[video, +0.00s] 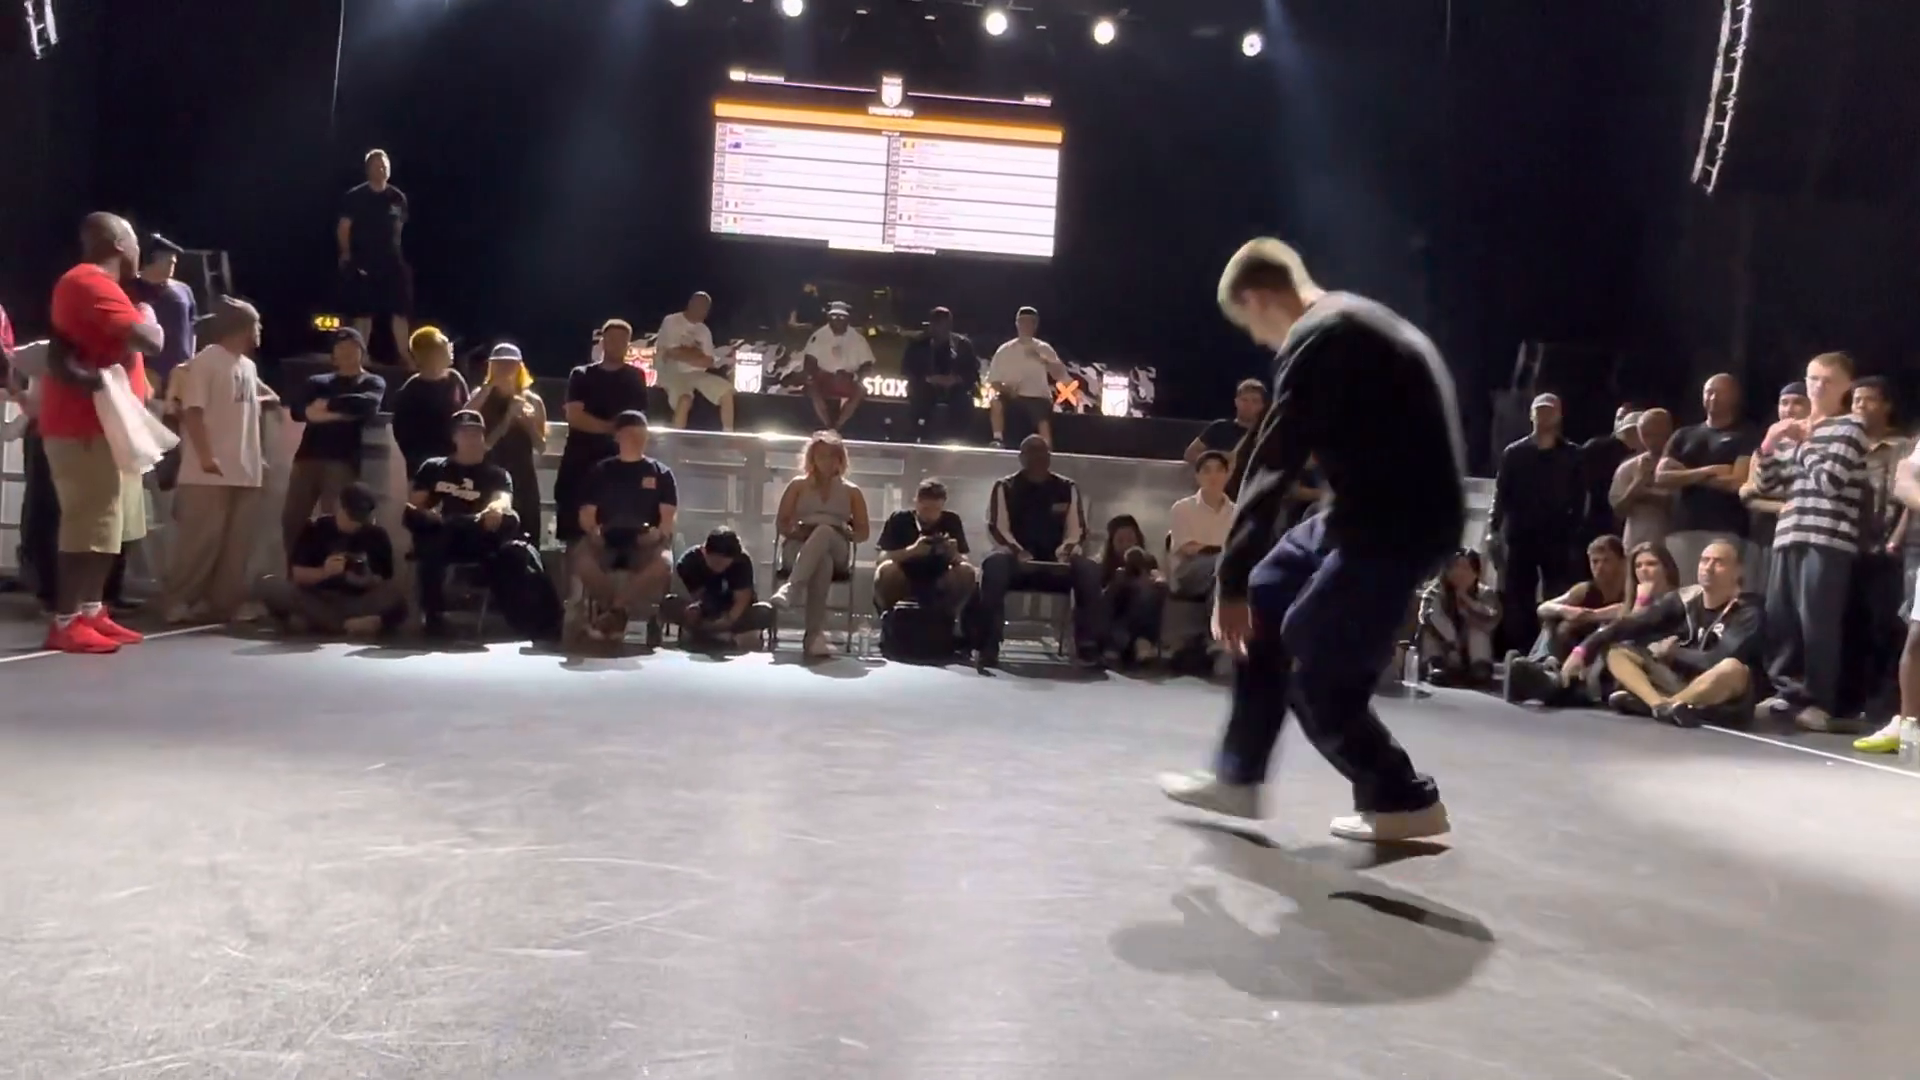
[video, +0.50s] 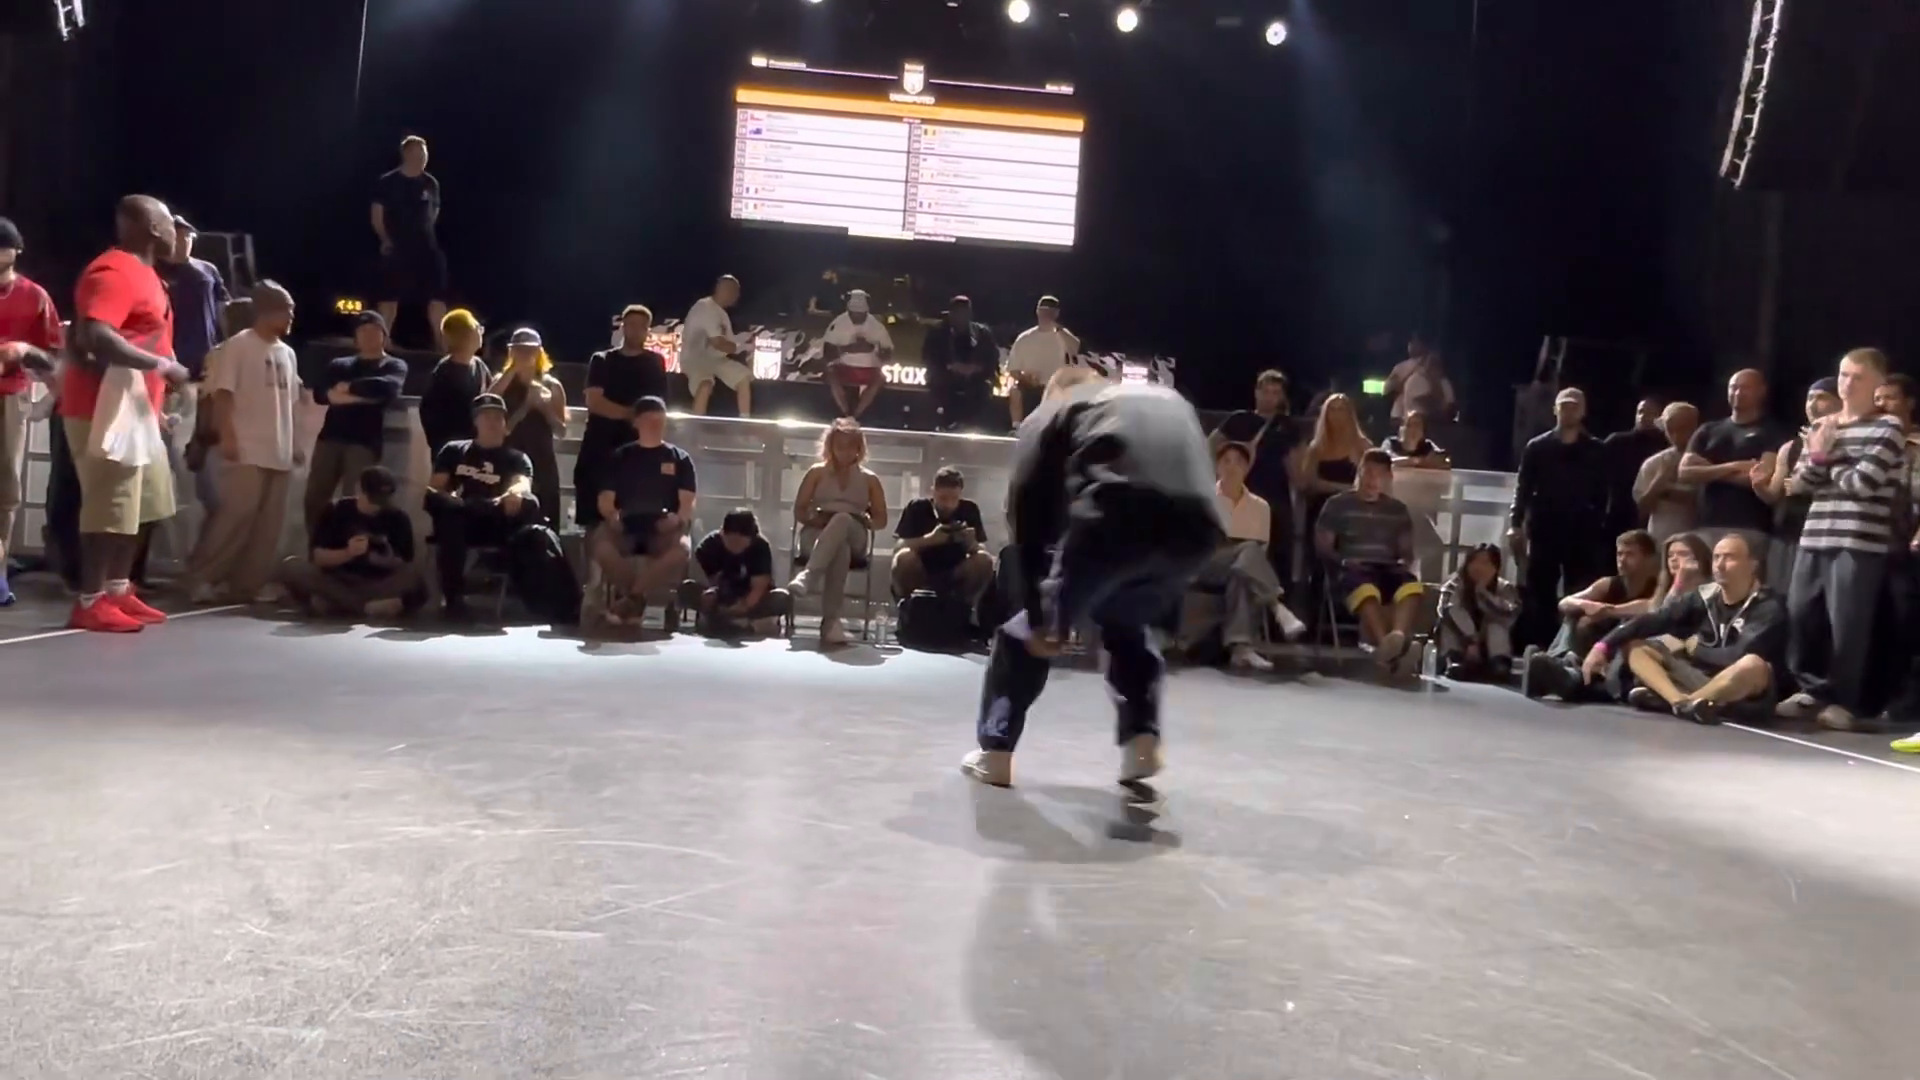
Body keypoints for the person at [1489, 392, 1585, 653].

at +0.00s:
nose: (1543, 416)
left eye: (1548, 411)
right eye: (1538, 411)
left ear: (1559, 416)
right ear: (1531, 416)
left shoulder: (1573, 454)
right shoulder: (1514, 453)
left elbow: (1580, 497)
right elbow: (1502, 493)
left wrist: (1574, 528)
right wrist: (1494, 527)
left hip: (1558, 536)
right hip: (1521, 536)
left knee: (1558, 598)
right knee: (1519, 598)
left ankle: (1557, 655)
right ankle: (1520, 654)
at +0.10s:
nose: (1548, 415)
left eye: (1554, 410)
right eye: (1544, 409)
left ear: (1564, 416)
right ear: (1536, 414)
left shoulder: (1579, 453)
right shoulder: (1519, 451)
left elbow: (1586, 495)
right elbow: (1506, 492)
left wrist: (1582, 528)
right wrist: (1499, 527)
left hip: (1564, 536)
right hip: (1526, 536)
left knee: (1564, 600)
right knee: (1523, 600)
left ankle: (1562, 658)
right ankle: (1523, 656)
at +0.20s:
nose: (1554, 412)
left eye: (1560, 407)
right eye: (1550, 407)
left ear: (1570, 414)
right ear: (1542, 412)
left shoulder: (1585, 452)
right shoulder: (1524, 450)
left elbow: (1591, 494)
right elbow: (1511, 491)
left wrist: (1587, 525)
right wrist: (1504, 526)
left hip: (1570, 534)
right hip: (1531, 534)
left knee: (1569, 596)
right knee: (1528, 596)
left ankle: (1566, 655)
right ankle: (1528, 653)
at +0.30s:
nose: (1560, 411)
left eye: (1565, 406)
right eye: (1556, 406)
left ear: (1575, 413)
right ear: (1547, 411)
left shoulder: (1590, 451)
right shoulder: (1530, 448)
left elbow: (1596, 494)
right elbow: (1516, 490)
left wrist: (1592, 527)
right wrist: (1509, 526)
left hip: (1574, 533)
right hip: (1536, 533)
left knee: (1573, 598)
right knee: (1532, 596)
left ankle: (1571, 655)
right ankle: (1531, 653)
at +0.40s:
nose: (1564, 410)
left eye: (1570, 406)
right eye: (1560, 405)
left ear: (1580, 412)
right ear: (1551, 410)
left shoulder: (1594, 451)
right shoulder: (1534, 448)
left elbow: (1600, 494)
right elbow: (1520, 490)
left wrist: (1595, 527)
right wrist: (1513, 525)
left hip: (1579, 534)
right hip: (1540, 533)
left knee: (1577, 598)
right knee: (1537, 597)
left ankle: (1574, 655)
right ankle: (1535, 652)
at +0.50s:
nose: (1567, 411)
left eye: (1573, 406)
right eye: (1563, 405)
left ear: (1583, 412)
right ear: (1555, 410)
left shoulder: (1597, 450)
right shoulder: (1537, 447)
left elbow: (1603, 493)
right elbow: (1523, 489)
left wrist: (1599, 526)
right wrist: (1516, 524)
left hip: (1582, 532)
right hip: (1544, 531)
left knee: (1580, 598)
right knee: (1540, 597)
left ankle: (1578, 654)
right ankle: (1539, 652)